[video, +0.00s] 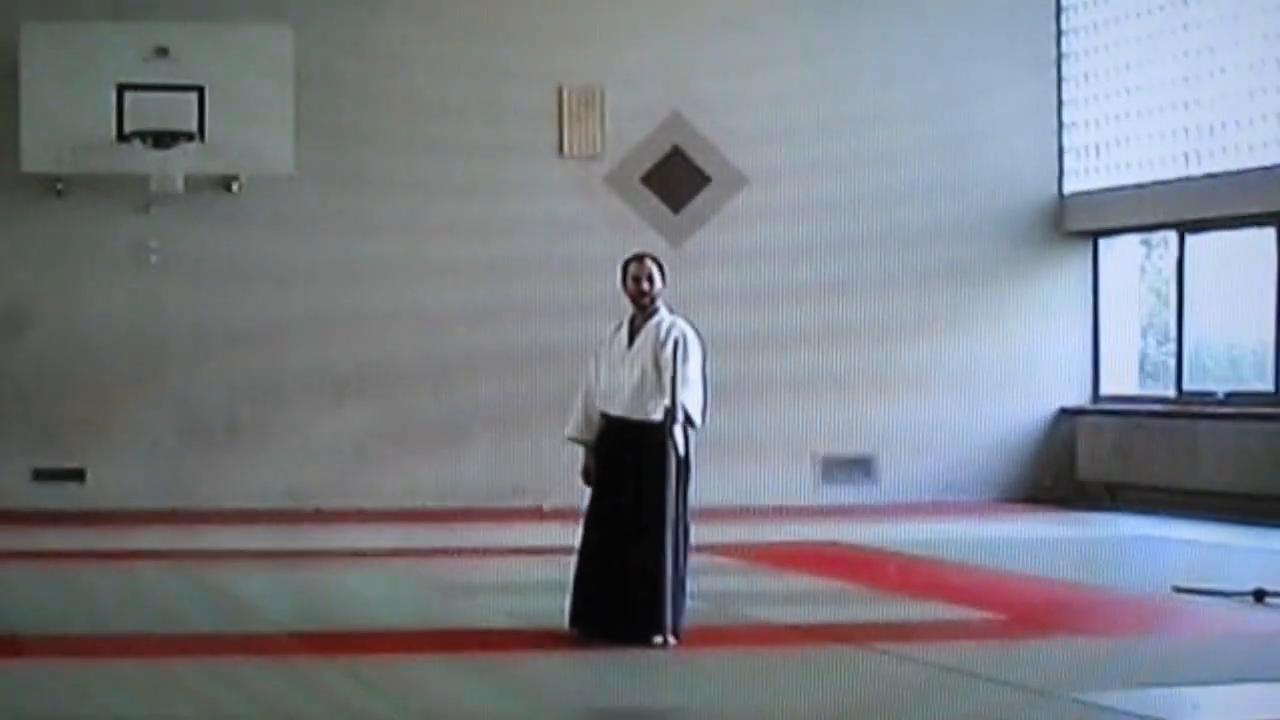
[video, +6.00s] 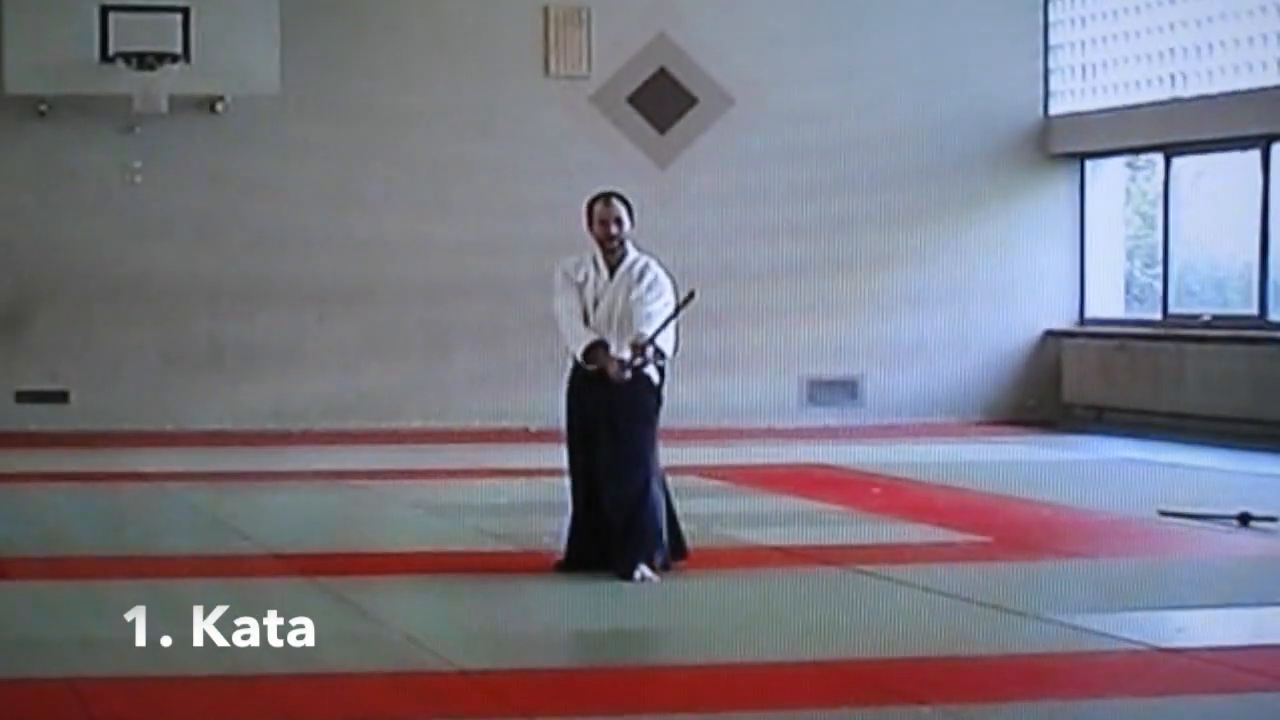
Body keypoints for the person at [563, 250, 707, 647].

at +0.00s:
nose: (642, 286)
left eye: (649, 278)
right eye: (635, 279)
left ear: (662, 284)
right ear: (624, 286)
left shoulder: (677, 334)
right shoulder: (613, 337)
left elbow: (685, 393)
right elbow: (593, 395)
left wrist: (676, 441)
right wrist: (589, 449)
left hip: (656, 437)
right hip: (614, 436)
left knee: (657, 531)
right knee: (608, 529)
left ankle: (660, 623)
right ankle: (601, 619)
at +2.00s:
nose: (511, 276)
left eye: (516, 267)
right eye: (502, 271)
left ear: (530, 268)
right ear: (494, 279)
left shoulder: (562, 316)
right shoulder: (489, 330)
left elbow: (587, 366)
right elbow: (479, 389)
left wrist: (543, 364)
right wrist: (483, 441)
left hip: (555, 421)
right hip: (508, 423)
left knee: (555, 515)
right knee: (503, 513)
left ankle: (553, 605)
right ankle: (500, 603)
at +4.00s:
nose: (522, 247)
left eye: (527, 238)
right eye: (513, 242)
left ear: (542, 242)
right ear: (505, 252)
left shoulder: (571, 288)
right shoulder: (496, 299)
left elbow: (599, 329)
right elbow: (504, 353)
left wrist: (619, 368)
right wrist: (546, 375)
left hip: (579, 394)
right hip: (525, 397)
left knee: (587, 481)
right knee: (492, 473)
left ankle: (599, 572)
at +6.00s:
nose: (610, 230)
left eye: (617, 222)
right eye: (602, 223)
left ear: (630, 226)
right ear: (590, 229)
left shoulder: (649, 275)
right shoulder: (572, 273)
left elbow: (655, 327)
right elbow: (569, 321)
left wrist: (635, 355)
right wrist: (597, 353)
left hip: (635, 377)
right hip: (588, 376)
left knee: (632, 467)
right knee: (586, 464)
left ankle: (640, 554)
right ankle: (588, 549)